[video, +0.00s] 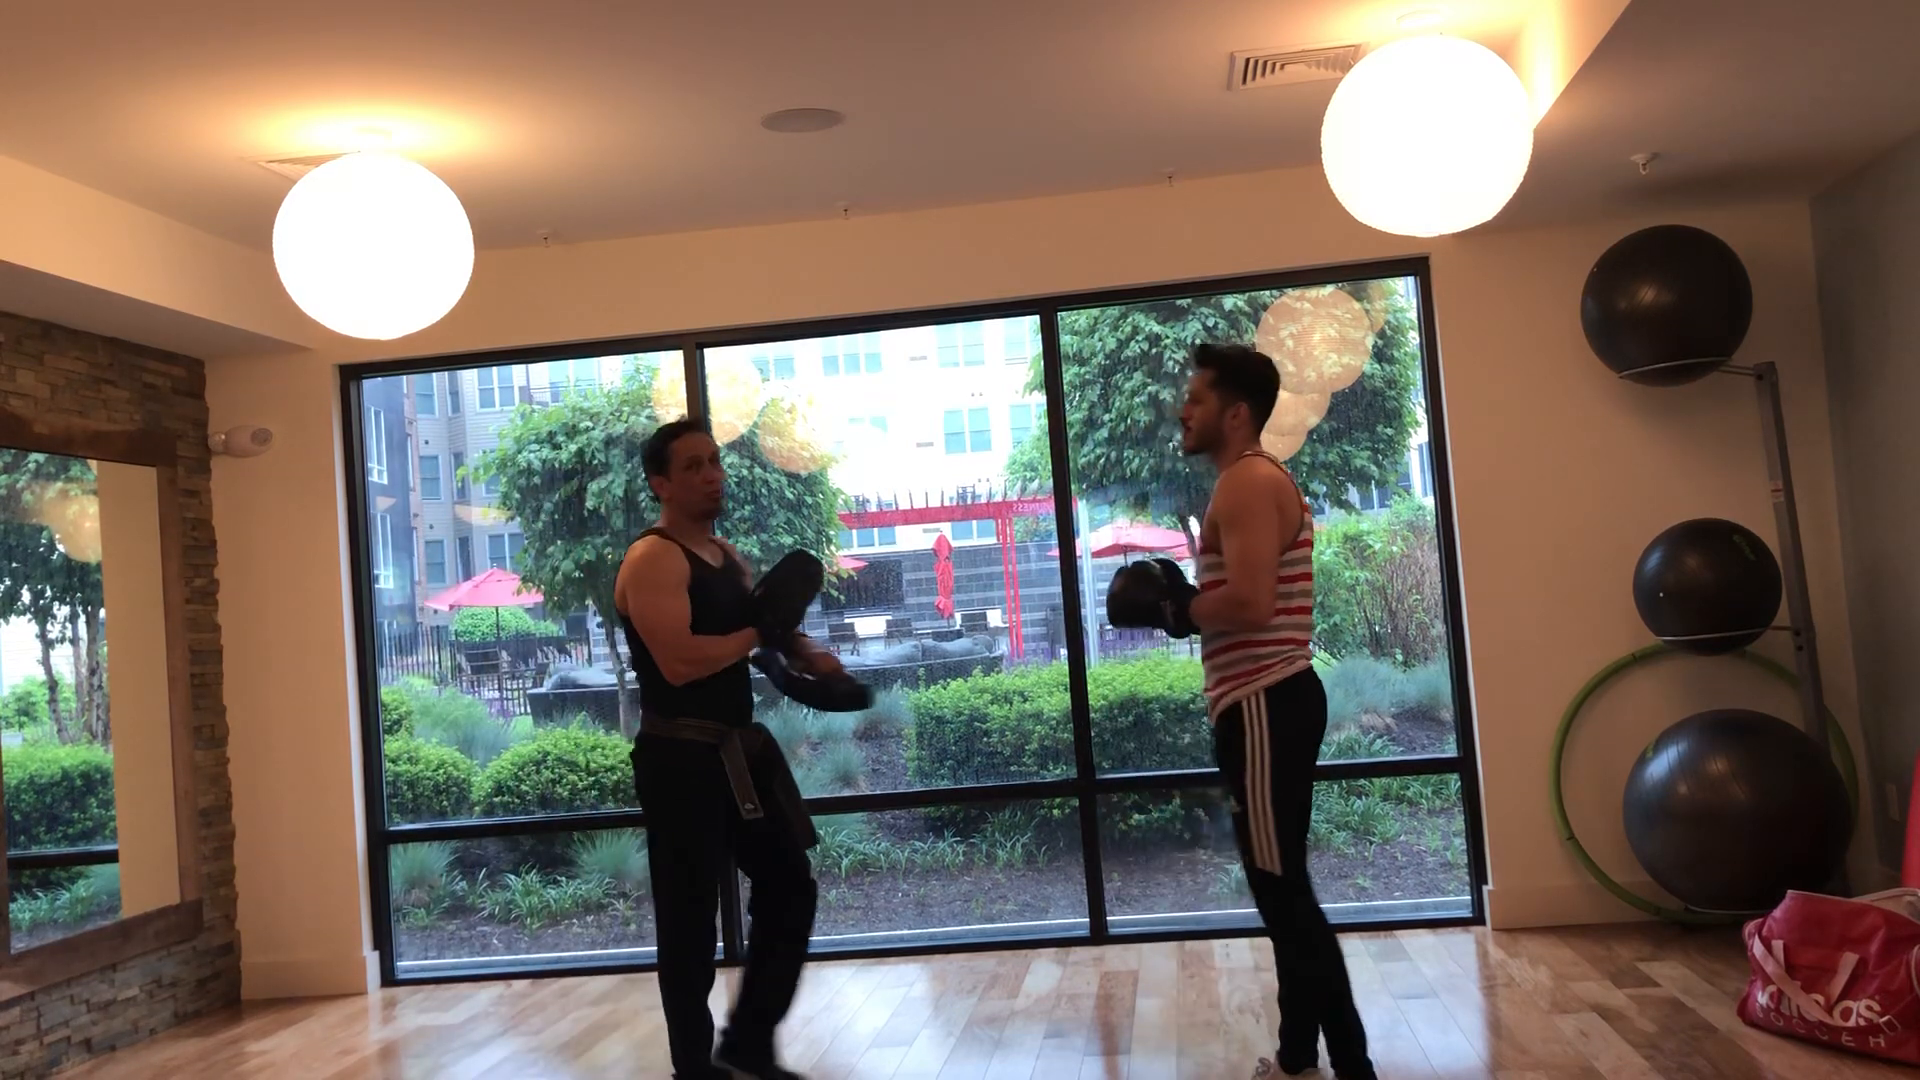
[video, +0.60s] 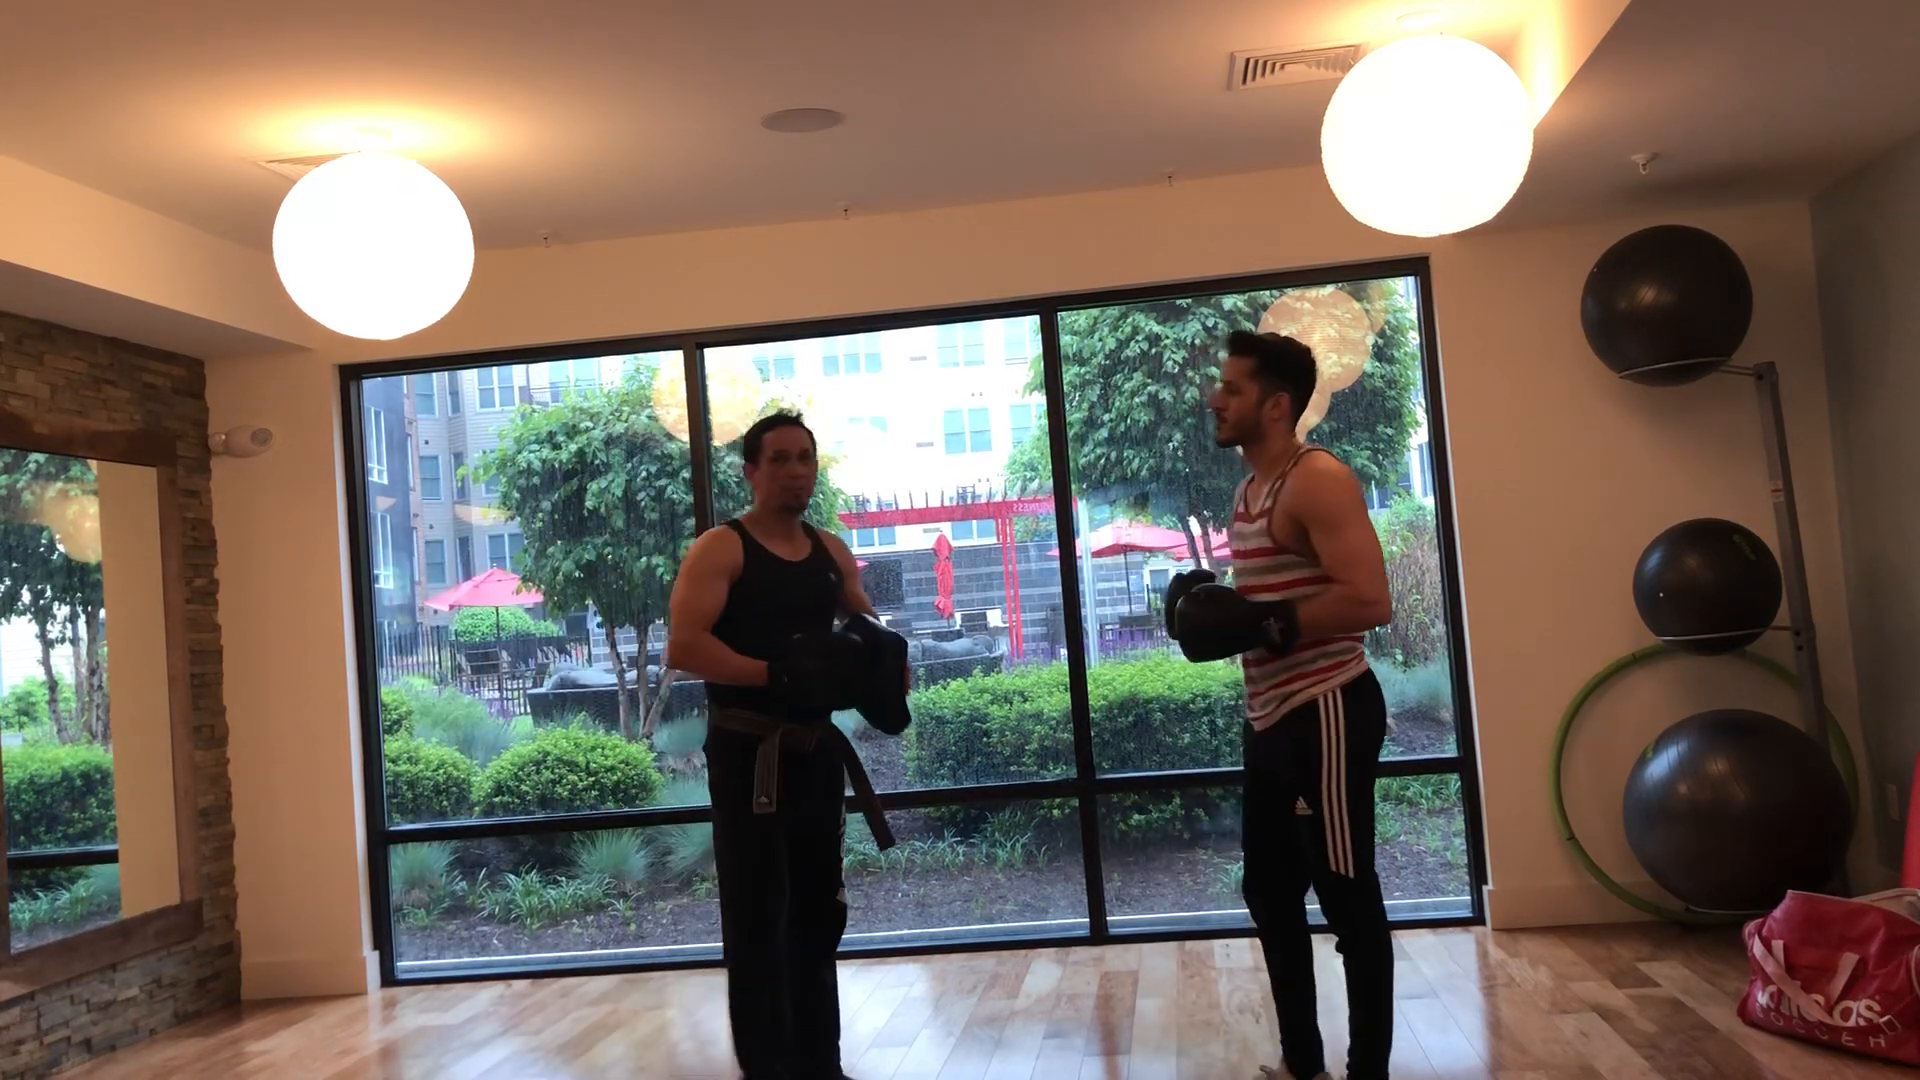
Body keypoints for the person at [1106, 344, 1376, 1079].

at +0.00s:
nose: (1182, 411)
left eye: (1195, 398)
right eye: (1185, 397)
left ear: (1237, 410)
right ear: (1238, 413)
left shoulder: (1248, 482)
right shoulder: (1261, 481)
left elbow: (1248, 604)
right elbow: (1255, 601)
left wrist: (1168, 608)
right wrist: (1178, 598)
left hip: (1266, 702)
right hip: (1268, 698)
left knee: (1280, 885)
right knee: (1275, 883)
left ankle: (1353, 1065)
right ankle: (1297, 1054)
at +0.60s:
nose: (1214, 401)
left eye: (1230, 389)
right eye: (1217, 387)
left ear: (1278, 401)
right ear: (1254, 401)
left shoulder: (1319, 478)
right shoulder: (1251, 489)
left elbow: (1369, 601)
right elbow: (1278, 593)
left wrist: (1256, 623)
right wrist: (1218, 603)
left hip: (1331, 703)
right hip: (1273, 708)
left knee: (1349, 894)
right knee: (1269, 893)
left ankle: (1369, 1071)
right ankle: (1302, 1062)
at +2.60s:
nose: (1266, 410)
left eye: (1282, 396)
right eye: (1263, 396)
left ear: (1327, 401)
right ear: (1264, 403)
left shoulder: (1365, 480)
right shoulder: (1280, 498)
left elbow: (1420, 595)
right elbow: (1311, 598)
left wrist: (1315, 614)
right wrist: (1253, 610)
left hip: (1364, 698)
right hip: (1309, 708)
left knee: (1375, 882)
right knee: (1346, 884)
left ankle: (1403, 1061)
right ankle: (1395, 1052)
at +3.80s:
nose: (1240, 433)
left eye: (1247, 416)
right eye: (1239, 418)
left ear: (1286, 412)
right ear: (1298, 415)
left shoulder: (1329, 475)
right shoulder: (1355, 469)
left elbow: (1355, 590)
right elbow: (1361, 594)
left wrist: (1270, 600)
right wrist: (1280, 611)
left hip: (1375, 700)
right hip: (1409, 692)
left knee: (1338, 894)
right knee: (1413, 873)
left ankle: (1385, 1069)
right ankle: (1453, 1047)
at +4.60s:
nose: (1236, 529)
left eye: (1239, 511)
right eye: (1231, 514)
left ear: (1283, 498)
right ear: (1292, 498)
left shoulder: (1336, 550)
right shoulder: (1371, 530)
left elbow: (1293, 689)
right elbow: (1370, 664)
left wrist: (1234, 626)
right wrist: (1267, 628)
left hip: (1465, 734)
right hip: (1491, 725)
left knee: (1374, 919)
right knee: (1427, 898)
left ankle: (1423, 1070)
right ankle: (1478, 1048)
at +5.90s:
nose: (1282, 468)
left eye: (1288, 450)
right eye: (1278, 452)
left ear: (1330, 442)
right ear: (1335, 445)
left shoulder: (1389, 495)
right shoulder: (1400, 489)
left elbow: (1372, 621)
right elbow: (1401, 612)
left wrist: (1290, 574)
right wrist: (1332, 617)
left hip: (1471, 701)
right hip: (1485, 694)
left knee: (1430, 892)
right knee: (1482, 879)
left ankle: (1450, 1072)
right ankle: (1554, 1030)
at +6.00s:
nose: (1295, 482)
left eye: (1300, 465)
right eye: (1291, 468)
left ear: (1344, 455)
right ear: (1348, 457)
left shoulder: (1399, 502)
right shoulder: (1417, 493)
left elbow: (1402, 624)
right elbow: (1417, 623)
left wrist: (1320, 592)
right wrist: (1338, 604)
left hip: (1482, 706)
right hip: (1511, 698)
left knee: (1414, 890)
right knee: (1490, 877)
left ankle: (1449, 1072)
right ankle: (1556, 1032)